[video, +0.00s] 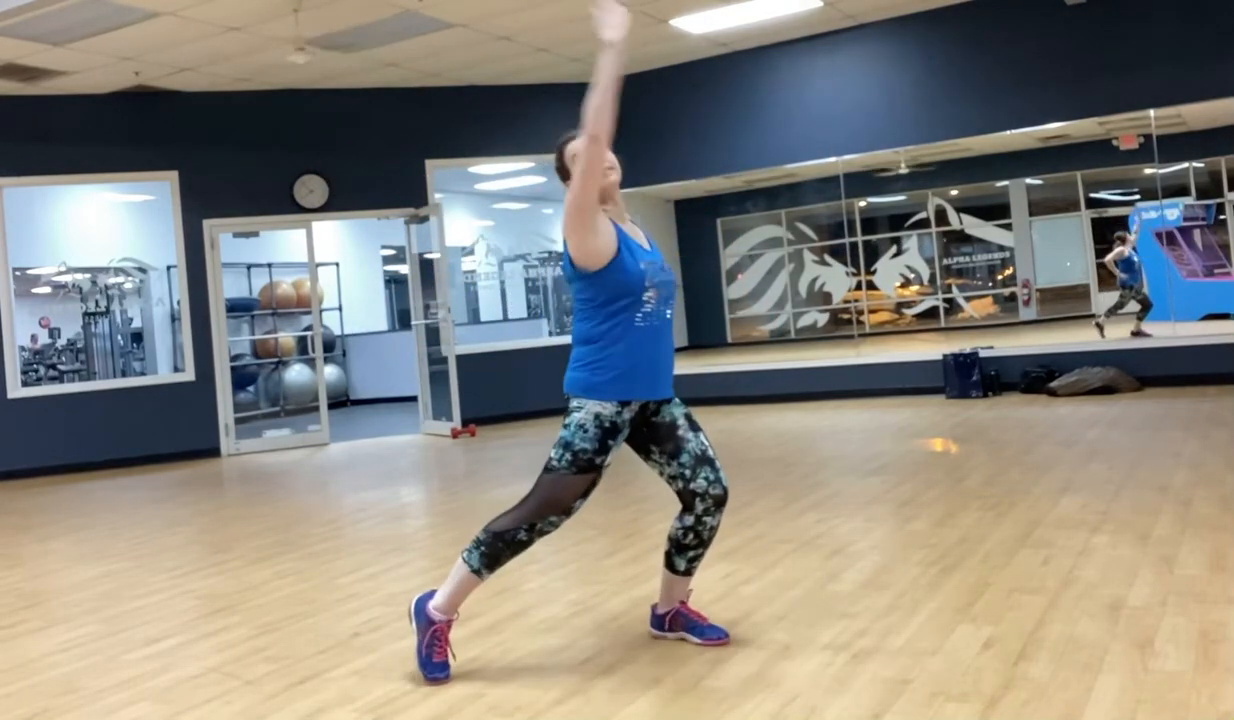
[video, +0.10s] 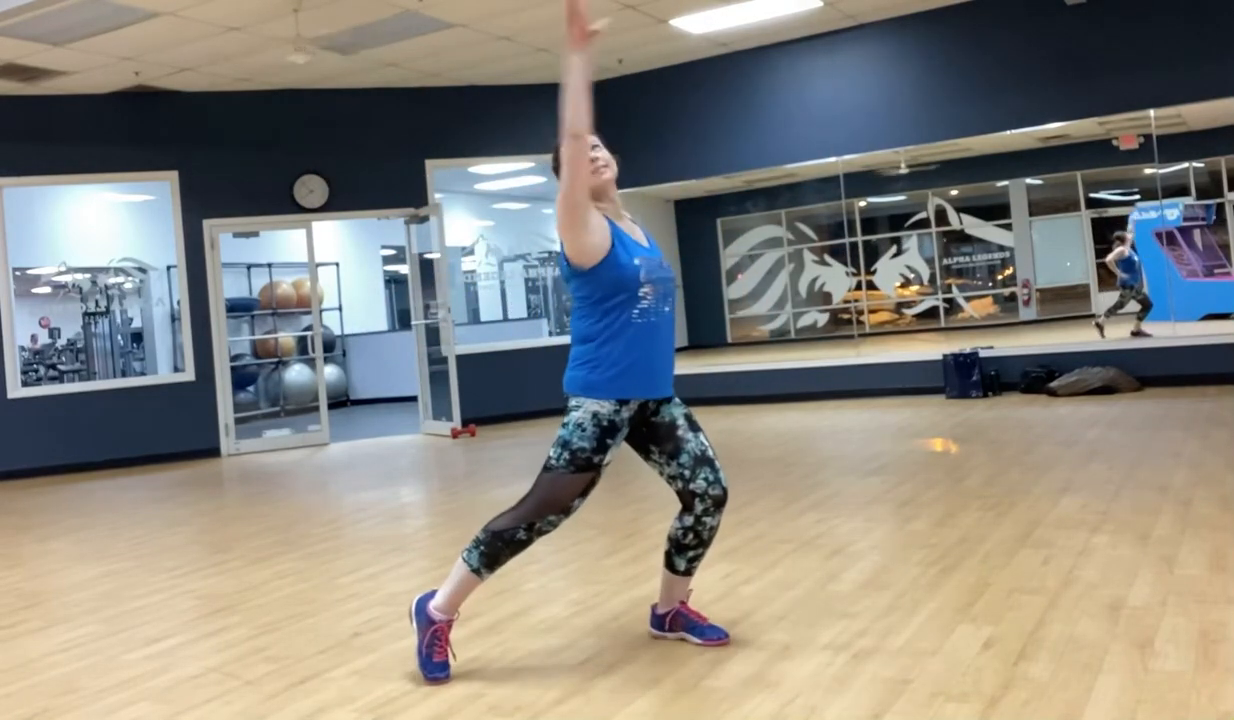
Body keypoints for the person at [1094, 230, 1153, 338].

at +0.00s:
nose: (1131, 237)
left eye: (1129, 235)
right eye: (1128, 236)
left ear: (1124, 240)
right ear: (1124, 239)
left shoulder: (1130, 249)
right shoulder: (1122, 250)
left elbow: (1135, 234)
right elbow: (1108, 260)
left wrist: (1138, 221)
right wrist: (1118, 274)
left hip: (1135, 285)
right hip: (1128, 284)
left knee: (1147, 305)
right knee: (1119, 305)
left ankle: (1137, 328)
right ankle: (1101, 321)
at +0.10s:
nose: (1130, 236)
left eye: (1129, 234)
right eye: (1127, 235)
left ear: (1122, 240)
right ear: (1123, 239)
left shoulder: (1129, 250)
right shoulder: (1122, 249)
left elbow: (1131, 234)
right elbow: (1109, 259)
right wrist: (1119, 273)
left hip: (1134, 285)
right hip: (1128, 284)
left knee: (1147, 305)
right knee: (1119, 305)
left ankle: (1137, 328)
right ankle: (1101, 321)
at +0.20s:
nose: (1127, 238)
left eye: (1126, 237)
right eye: (1125, 237)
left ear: (1117, 240)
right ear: (1122, 238)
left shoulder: (1126, 249)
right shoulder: (1122, 249)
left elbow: (1125, 234)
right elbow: (1111, 260)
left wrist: (1122, 219)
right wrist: (1121, 273)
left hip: (1134, 285)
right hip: (1128, 284)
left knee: (1148, 304)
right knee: (1119, 304)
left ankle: (1137, 328)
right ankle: (1100, 321)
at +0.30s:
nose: (1126, 238)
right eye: (1124, 236)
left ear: (1117, 240)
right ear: (1122, 238)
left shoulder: (1125, 249)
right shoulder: (1122, 249)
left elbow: (1121, 232)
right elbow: (1112, 260)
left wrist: (1117, 215)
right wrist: (1120, 273)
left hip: (1133, 284)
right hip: (1128, 284)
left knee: (1148, 305)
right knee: (1119, 304)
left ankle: (1137, 328)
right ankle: (1100, 321)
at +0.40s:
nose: (1126, 239)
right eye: (1124, 237)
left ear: (1117, 241)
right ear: (1121, 239)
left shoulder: (1125, 248)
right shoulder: (1122, 249)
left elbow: (1118, 233)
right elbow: (1112, 260)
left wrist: (1113, 218)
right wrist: (1121, 274)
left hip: (1133, 284)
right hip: (1129, 284)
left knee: (1148, 305)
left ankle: (1137, 328)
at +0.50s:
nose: (1124, 241)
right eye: (1123, 238)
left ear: (1117, 242)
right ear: (1122, 241)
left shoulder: (1124, 249)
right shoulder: (1122, 250)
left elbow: (1115, 233)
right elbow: (1113, 260)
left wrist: (1108, 222)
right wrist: (1120, 273)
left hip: (1133, 284)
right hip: (1129, 284)